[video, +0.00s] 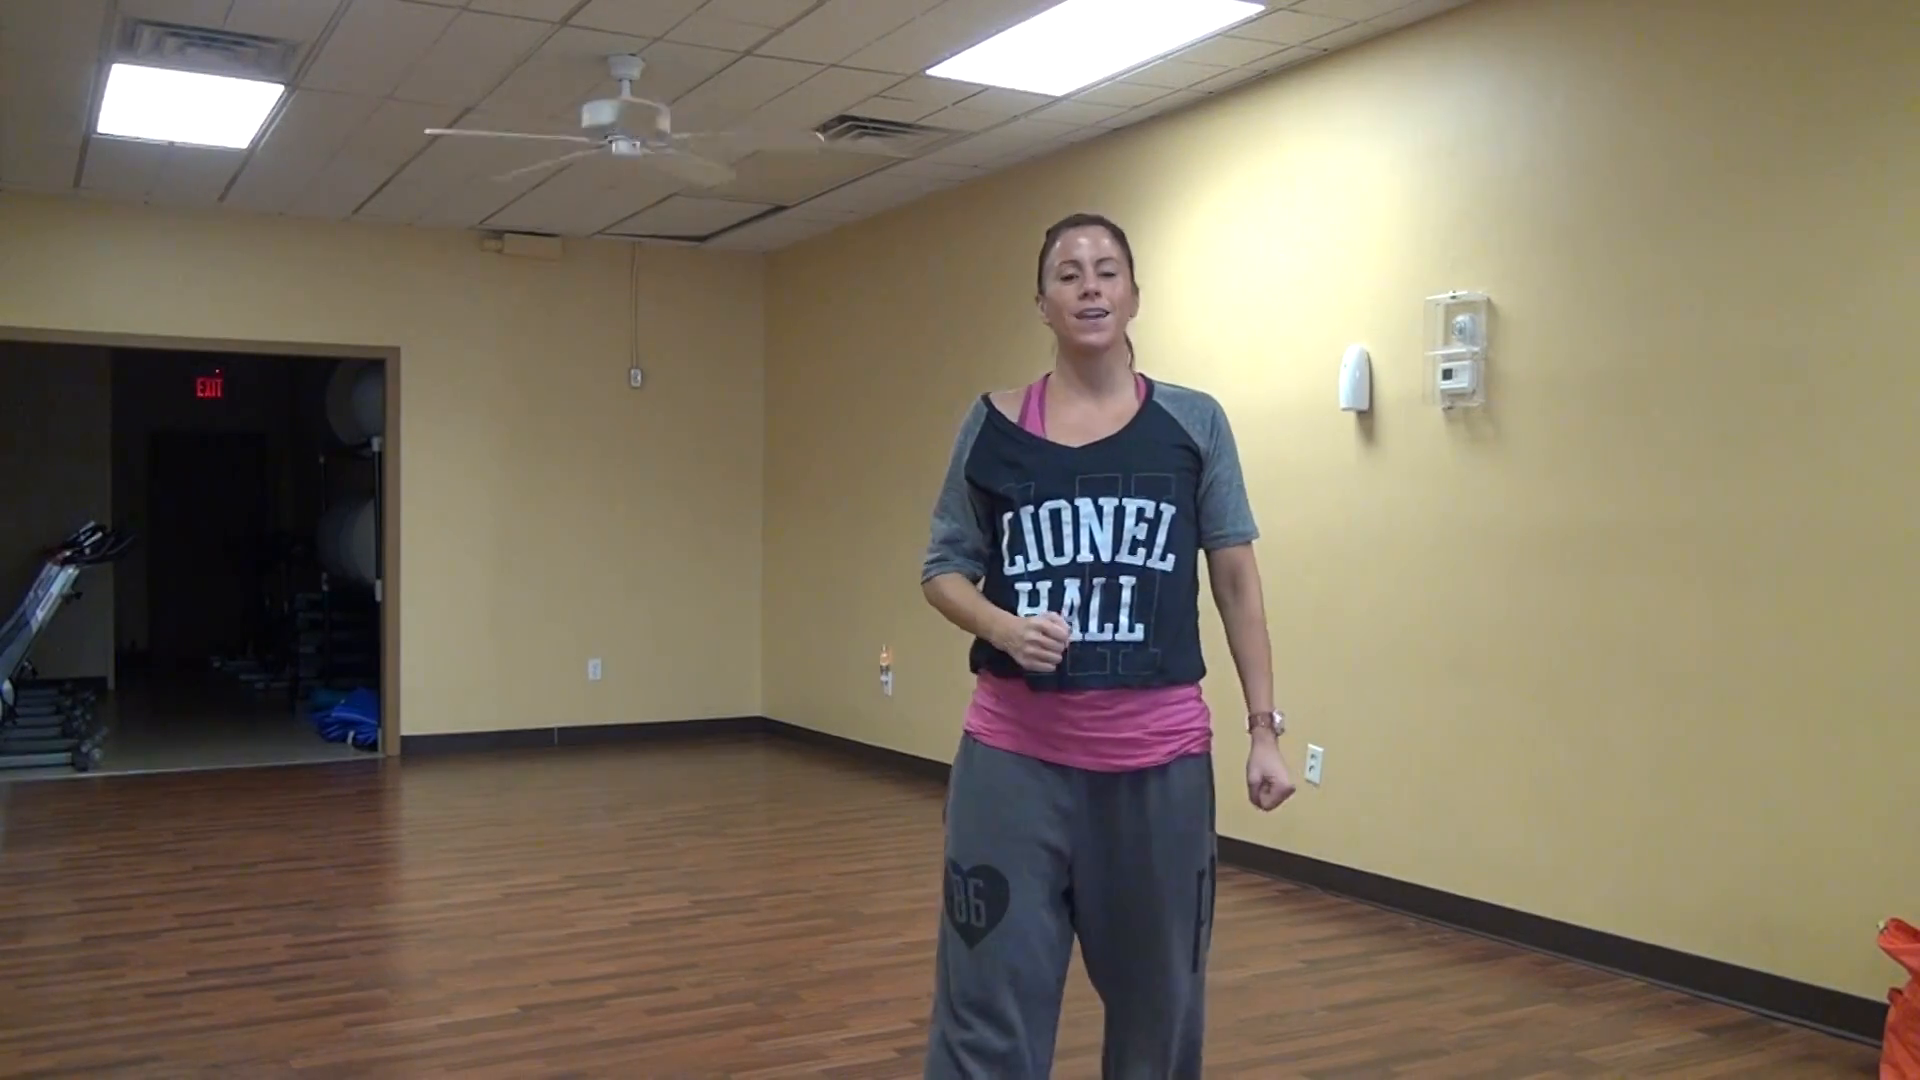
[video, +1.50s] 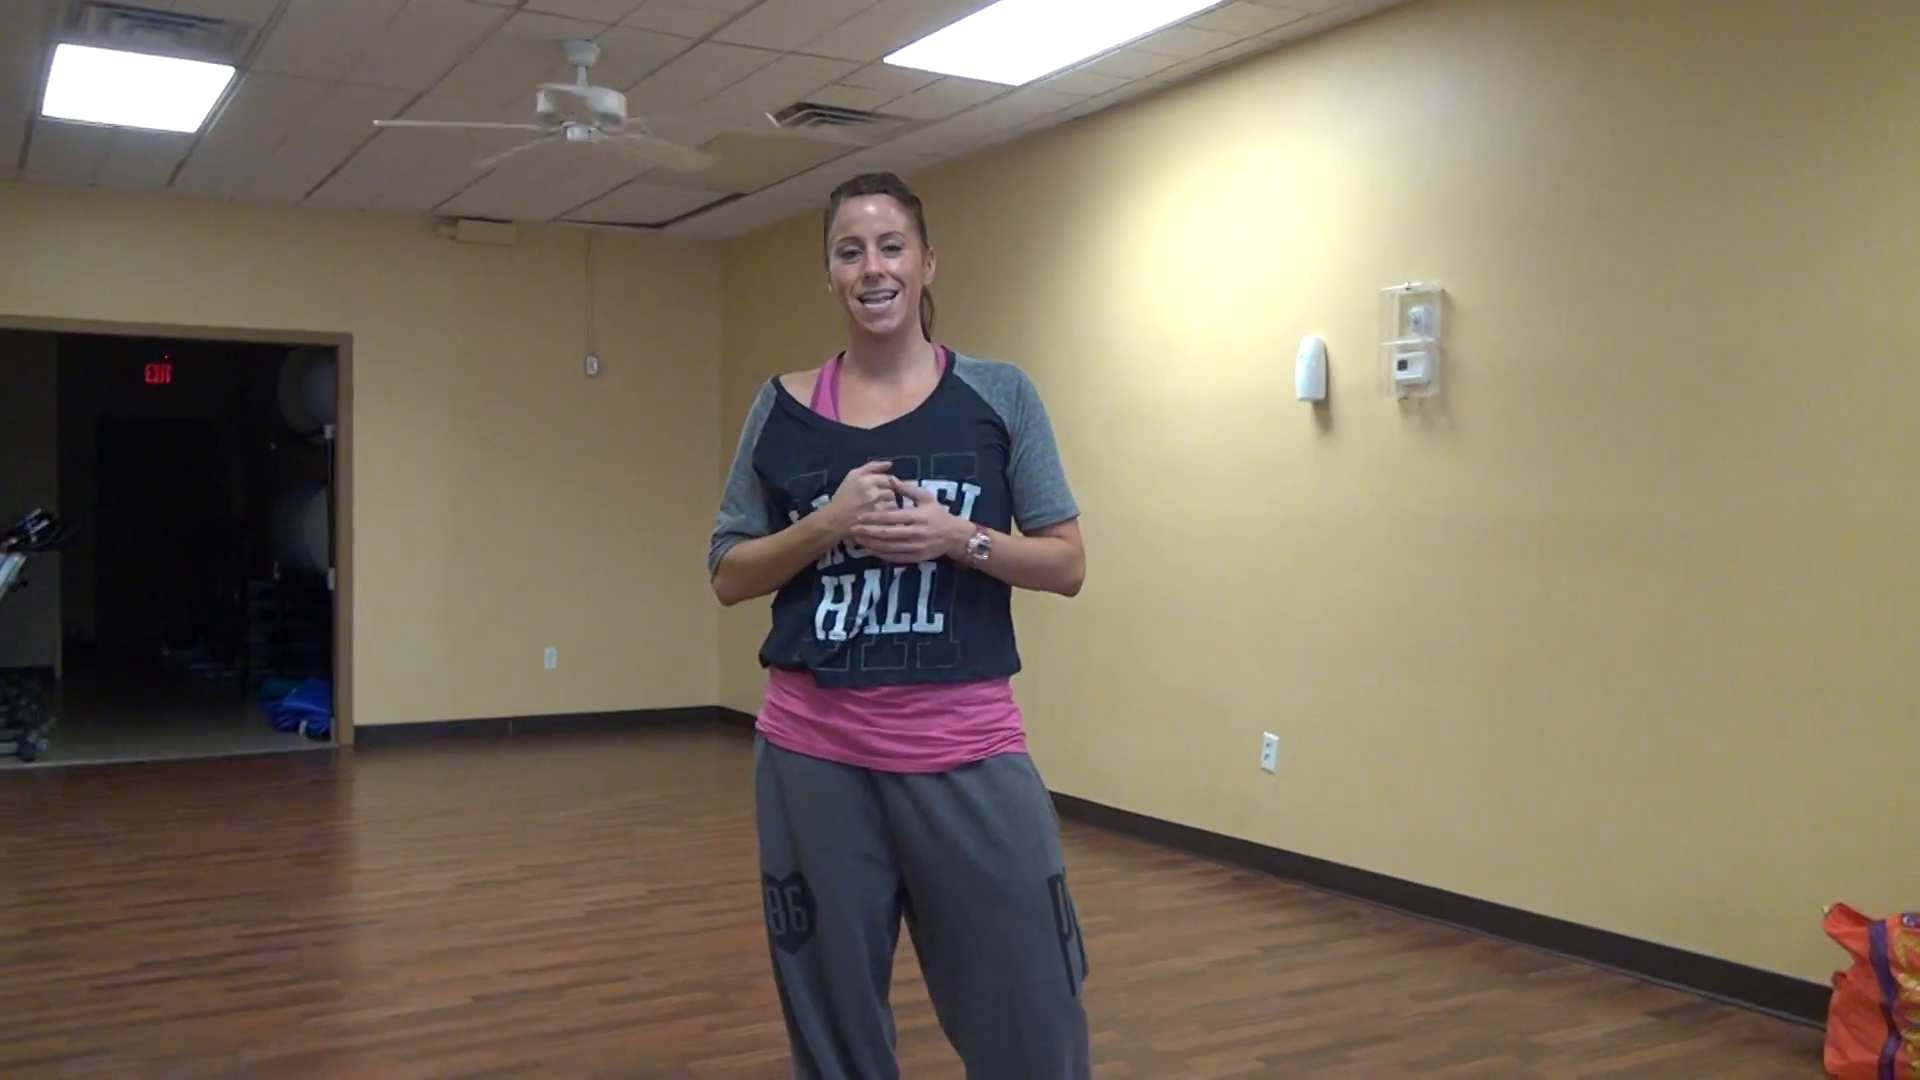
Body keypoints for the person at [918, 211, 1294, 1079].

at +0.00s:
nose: (1089, 286)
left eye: (1106, 270)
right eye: (1069, 273)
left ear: (1133, 292)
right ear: (1042, 299)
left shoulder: (1194, 421)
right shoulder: (996, 422)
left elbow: (1236, 580)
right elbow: (943, 570)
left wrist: (1264, 728)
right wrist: (1002, 627)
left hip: (1156, 759)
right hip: (1013, 754)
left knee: (1159, 1020)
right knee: (989, 1016)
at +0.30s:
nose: (1041, 270)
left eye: (1056, 253)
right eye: (1018, 258)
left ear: (1082, 275)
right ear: (988, 292)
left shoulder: (1142, 415)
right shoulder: (937, 407)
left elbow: (1176, 570)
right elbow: (866, 560)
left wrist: (1147, 649)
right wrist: (956, 565)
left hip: (1092, 750)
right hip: (947, 742)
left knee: (1112, 1008)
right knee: (938, 1005)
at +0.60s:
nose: (981, 270)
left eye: (1000, 252)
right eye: (960, 255)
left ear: (1028, 275)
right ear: (934, 282)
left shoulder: (1087, 409)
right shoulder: (877, 401)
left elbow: (1160, 577)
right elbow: (798, 559)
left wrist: (1036, 549)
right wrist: (920, 537)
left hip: (1041, 757)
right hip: (889, 751)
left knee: (1068, 1019)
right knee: (897, 1023)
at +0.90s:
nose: (925, 278)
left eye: (947, 258)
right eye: (907, 261)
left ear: (986, 278)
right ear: (890, 281)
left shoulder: (1051, 407)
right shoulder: (839, 407)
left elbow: (1132, 572)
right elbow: (774, 572)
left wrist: (993, 543)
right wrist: (879, 544)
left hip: (1006, 755)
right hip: (853, 756)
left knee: (1063, 1015)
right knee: (874, 1023)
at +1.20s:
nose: (841, 276)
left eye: (862, 255)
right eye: (821, 259)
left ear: (900, 276)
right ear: (801, 280)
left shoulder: (970, 402)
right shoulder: (759, 412)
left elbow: (1050, 570)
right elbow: (701, 583)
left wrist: (918, 545)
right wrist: (801, 550)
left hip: (932, 758)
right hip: (778, 759)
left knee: (982, 1021)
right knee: (803, 1025)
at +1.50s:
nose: (871, 269)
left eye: (891, 247)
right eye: (850, 252)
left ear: (926, 263)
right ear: (828, 272)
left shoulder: (999, 393)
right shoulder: (784, 404)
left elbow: (1067, 565)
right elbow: (729, 577)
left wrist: (961, 538)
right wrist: (828, 523)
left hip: (967, 753)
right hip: (811, 754)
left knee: (1032, 1028)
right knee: (832, 1032)